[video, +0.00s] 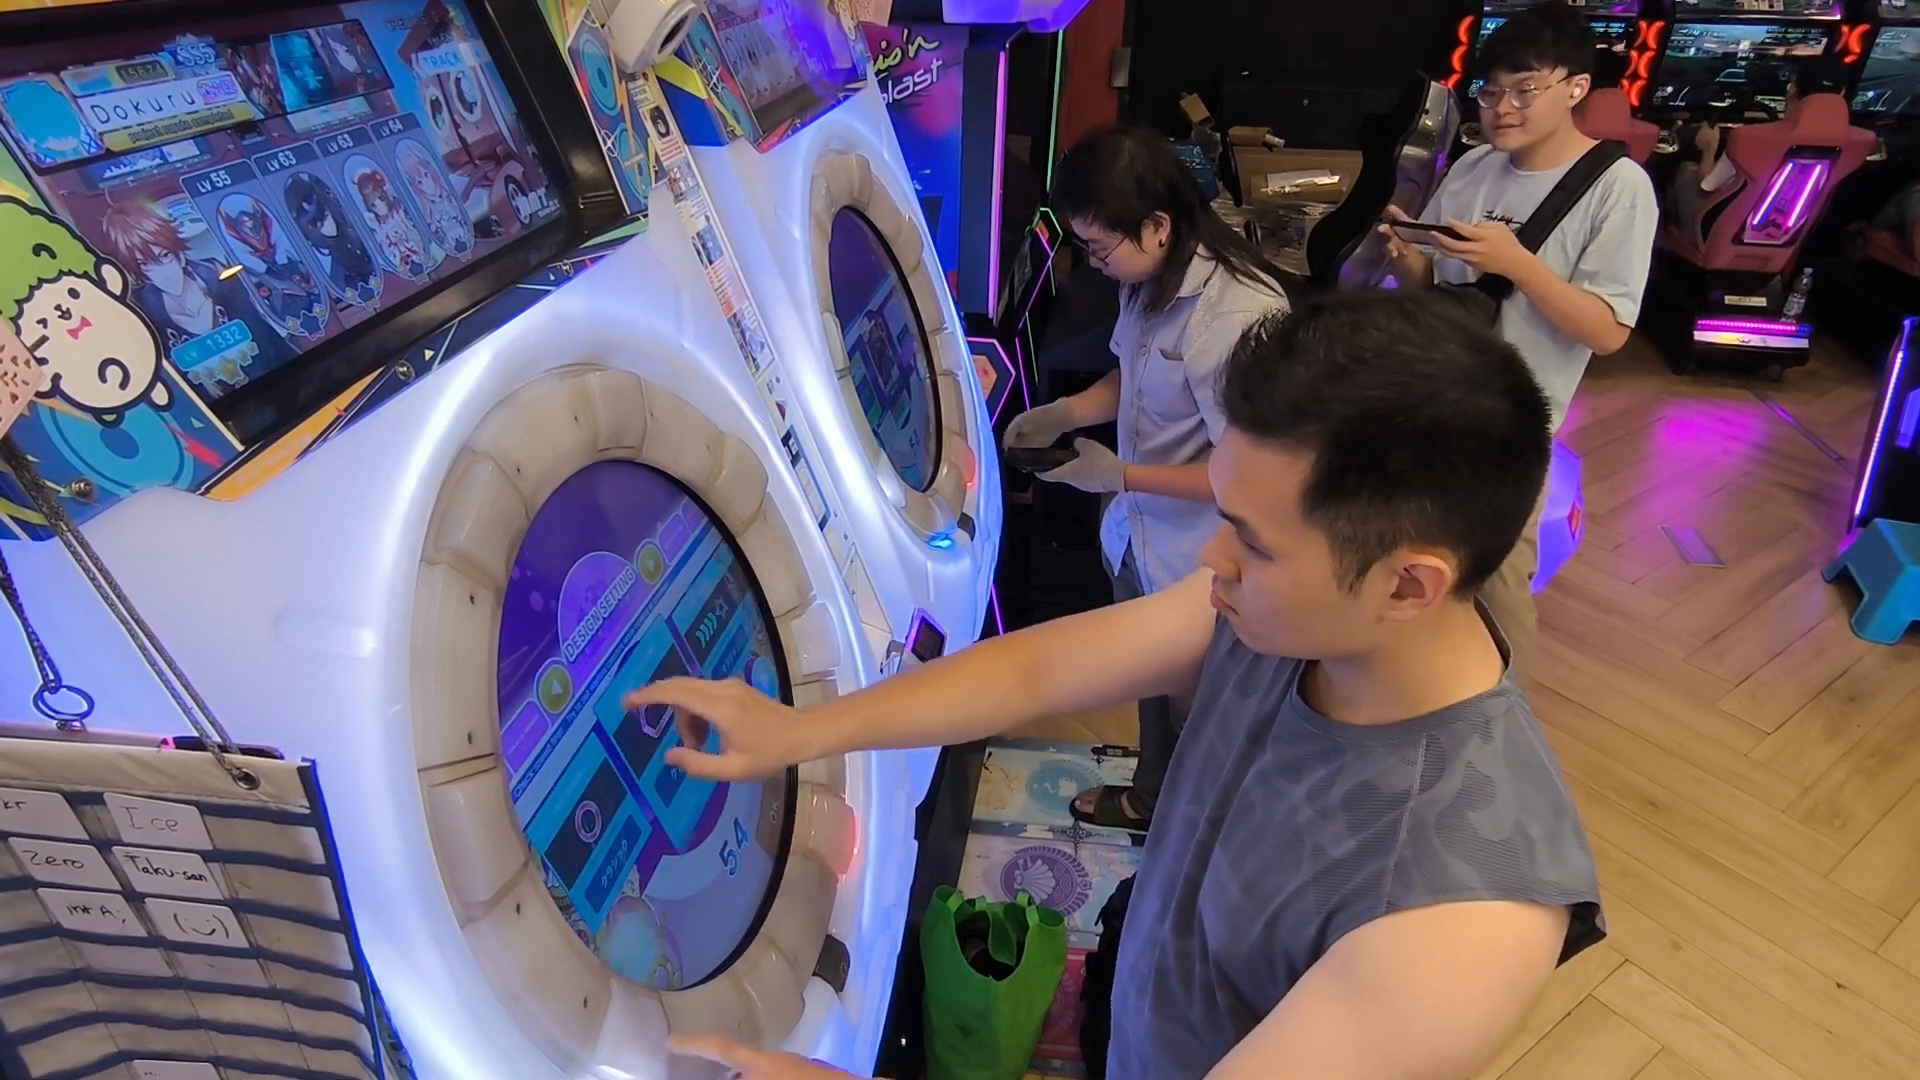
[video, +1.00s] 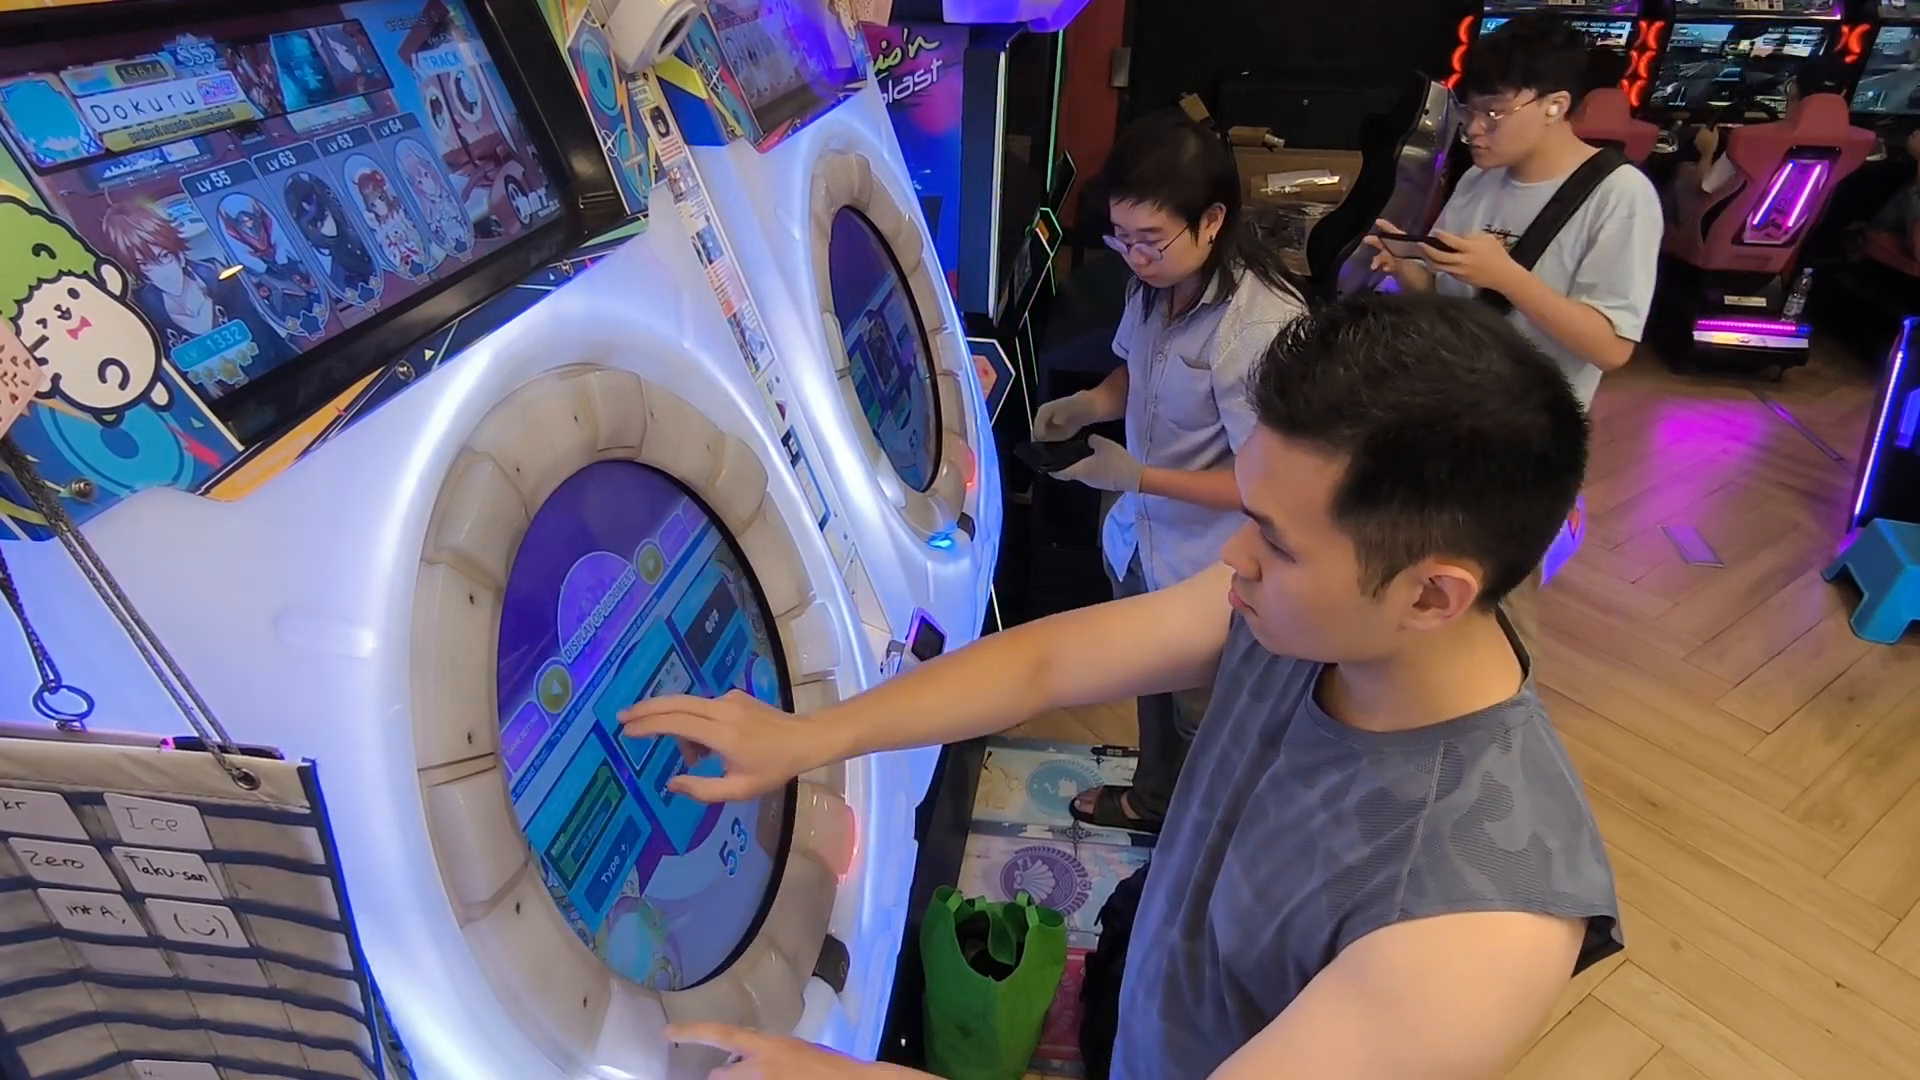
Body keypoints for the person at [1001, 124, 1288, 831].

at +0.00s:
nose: (1093, 259)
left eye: (1101, 244)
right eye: (1085, 244)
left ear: (1158, 229)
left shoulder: (1235, 322)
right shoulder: (1148, 278)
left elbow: (1242, 476)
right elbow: (1133, 383)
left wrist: (1119, 475)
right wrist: (1063, 413)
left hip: (1203, 544)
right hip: (1143, 521)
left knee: (1193, 687)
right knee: (1148, 671)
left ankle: (1186, 807)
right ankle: (1152, 787)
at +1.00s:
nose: (1133, 257)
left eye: (1152, 241)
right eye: (1122, 238)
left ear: (1212, 222)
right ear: (1111, 218)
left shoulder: (1260, 329)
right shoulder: (1152, 282)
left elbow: (1262, 486)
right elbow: (1135, 375)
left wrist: (1138, 476)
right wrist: (1088, 406)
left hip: (1211, 557)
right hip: (1145, 527)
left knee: (1198, 703)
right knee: (1151, 675)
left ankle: (1195, 836)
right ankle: (1153, 795)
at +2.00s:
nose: (1129, 300)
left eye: (1138, 288)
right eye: (1120, 289)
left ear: (1192, 264)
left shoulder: (1262, 336)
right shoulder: (1167, 300)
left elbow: (1253, 489)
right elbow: (1147, 385)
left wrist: (1140, 463)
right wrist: (1096, 402)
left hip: (1205, 552)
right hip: (1144, 530)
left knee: (1184, 696)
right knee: (1143, 683)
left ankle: (1167, 809)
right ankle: (1144, 794)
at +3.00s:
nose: (1121, 311)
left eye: (1127, 299)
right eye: (1111, 301)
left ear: (1180, 269)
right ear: (1175, 267)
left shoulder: (1251, 333)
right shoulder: (1164, 290)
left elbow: (1255, 484)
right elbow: (1144, 383)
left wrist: (1137, 467)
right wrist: (1103, 402)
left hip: (1198, 552)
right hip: (1134, 534)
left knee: (1200, 727)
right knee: (1152, 711)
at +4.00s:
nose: (1121, 311)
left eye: (1129, 298)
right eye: (1112, 300)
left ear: (1180, 268)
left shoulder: (1260, 345)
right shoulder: (1158, 297)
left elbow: (1268, 493)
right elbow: (1142, 388)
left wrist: (1139, 471)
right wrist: (1085, 406)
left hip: (1196, 559)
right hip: (1133, 535)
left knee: (1205, 714)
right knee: (1149, 684)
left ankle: (1222, 844)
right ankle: (1156, 800)